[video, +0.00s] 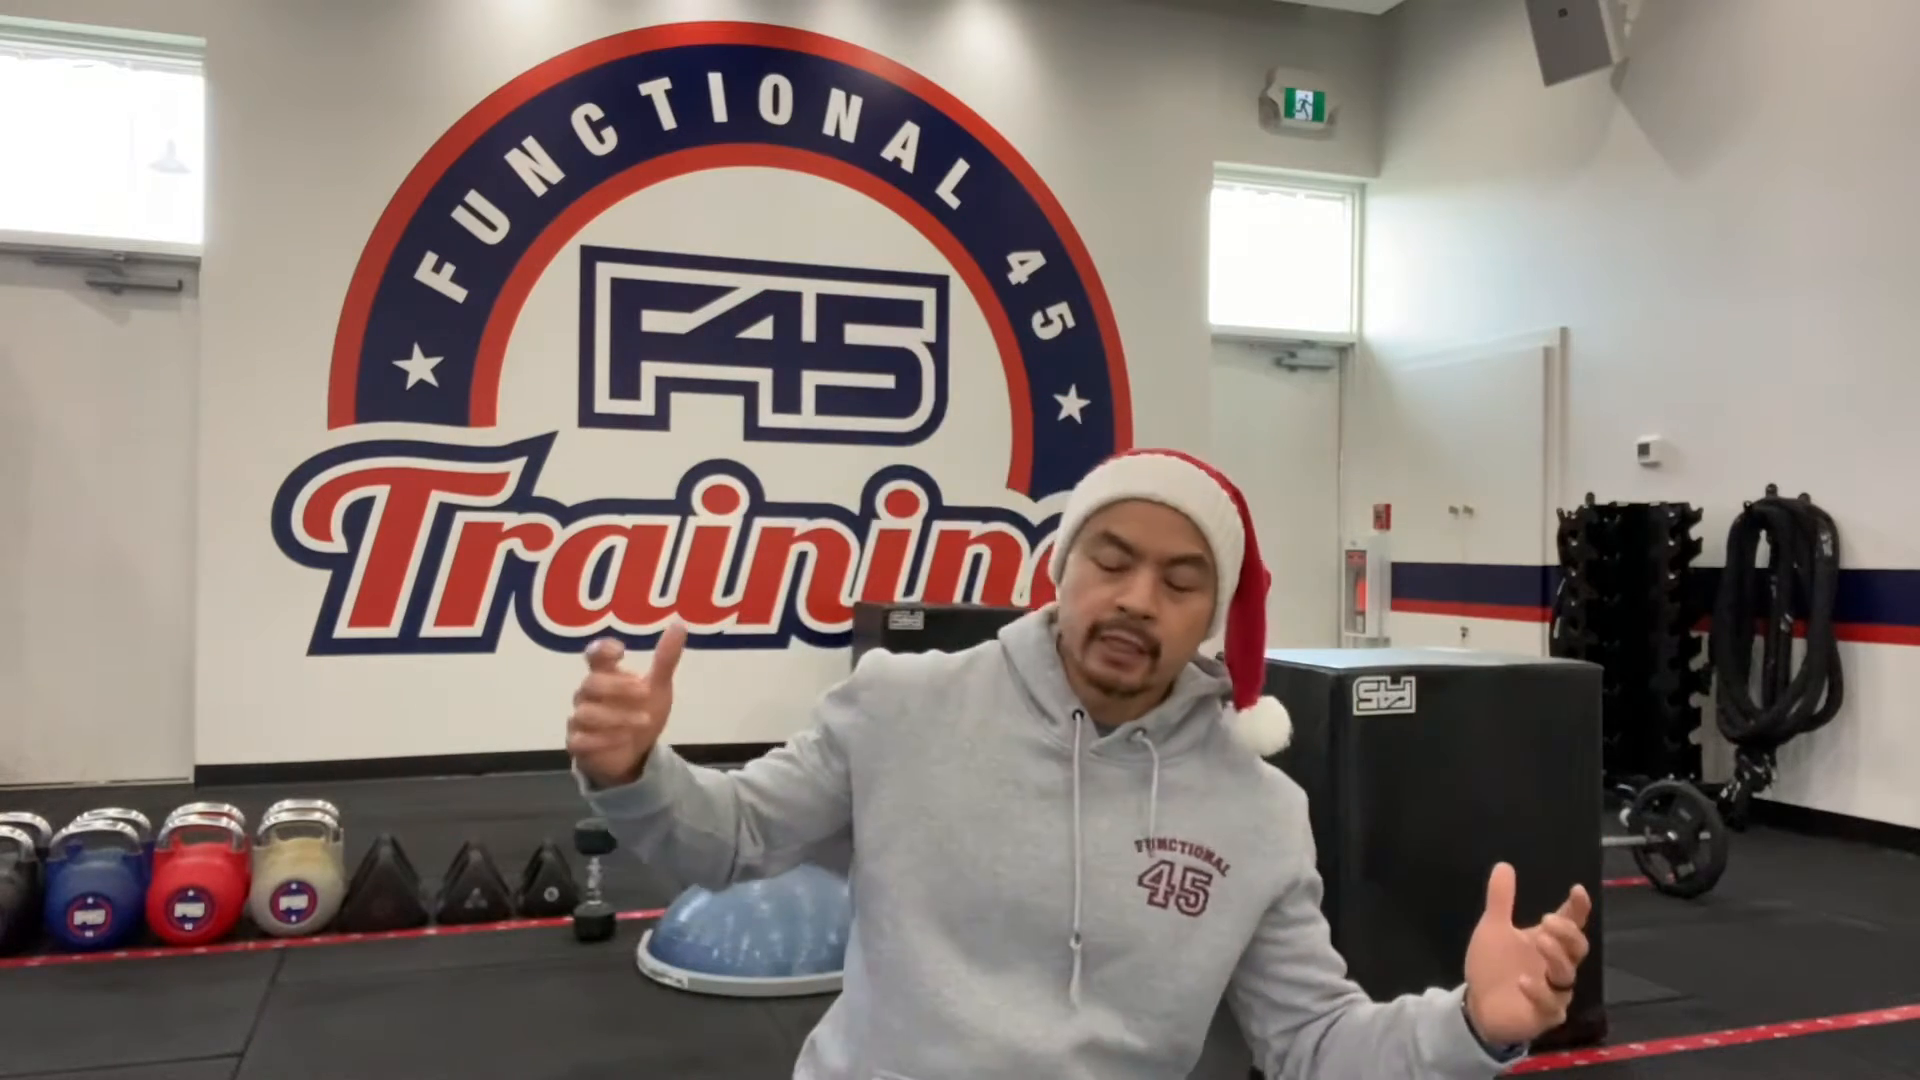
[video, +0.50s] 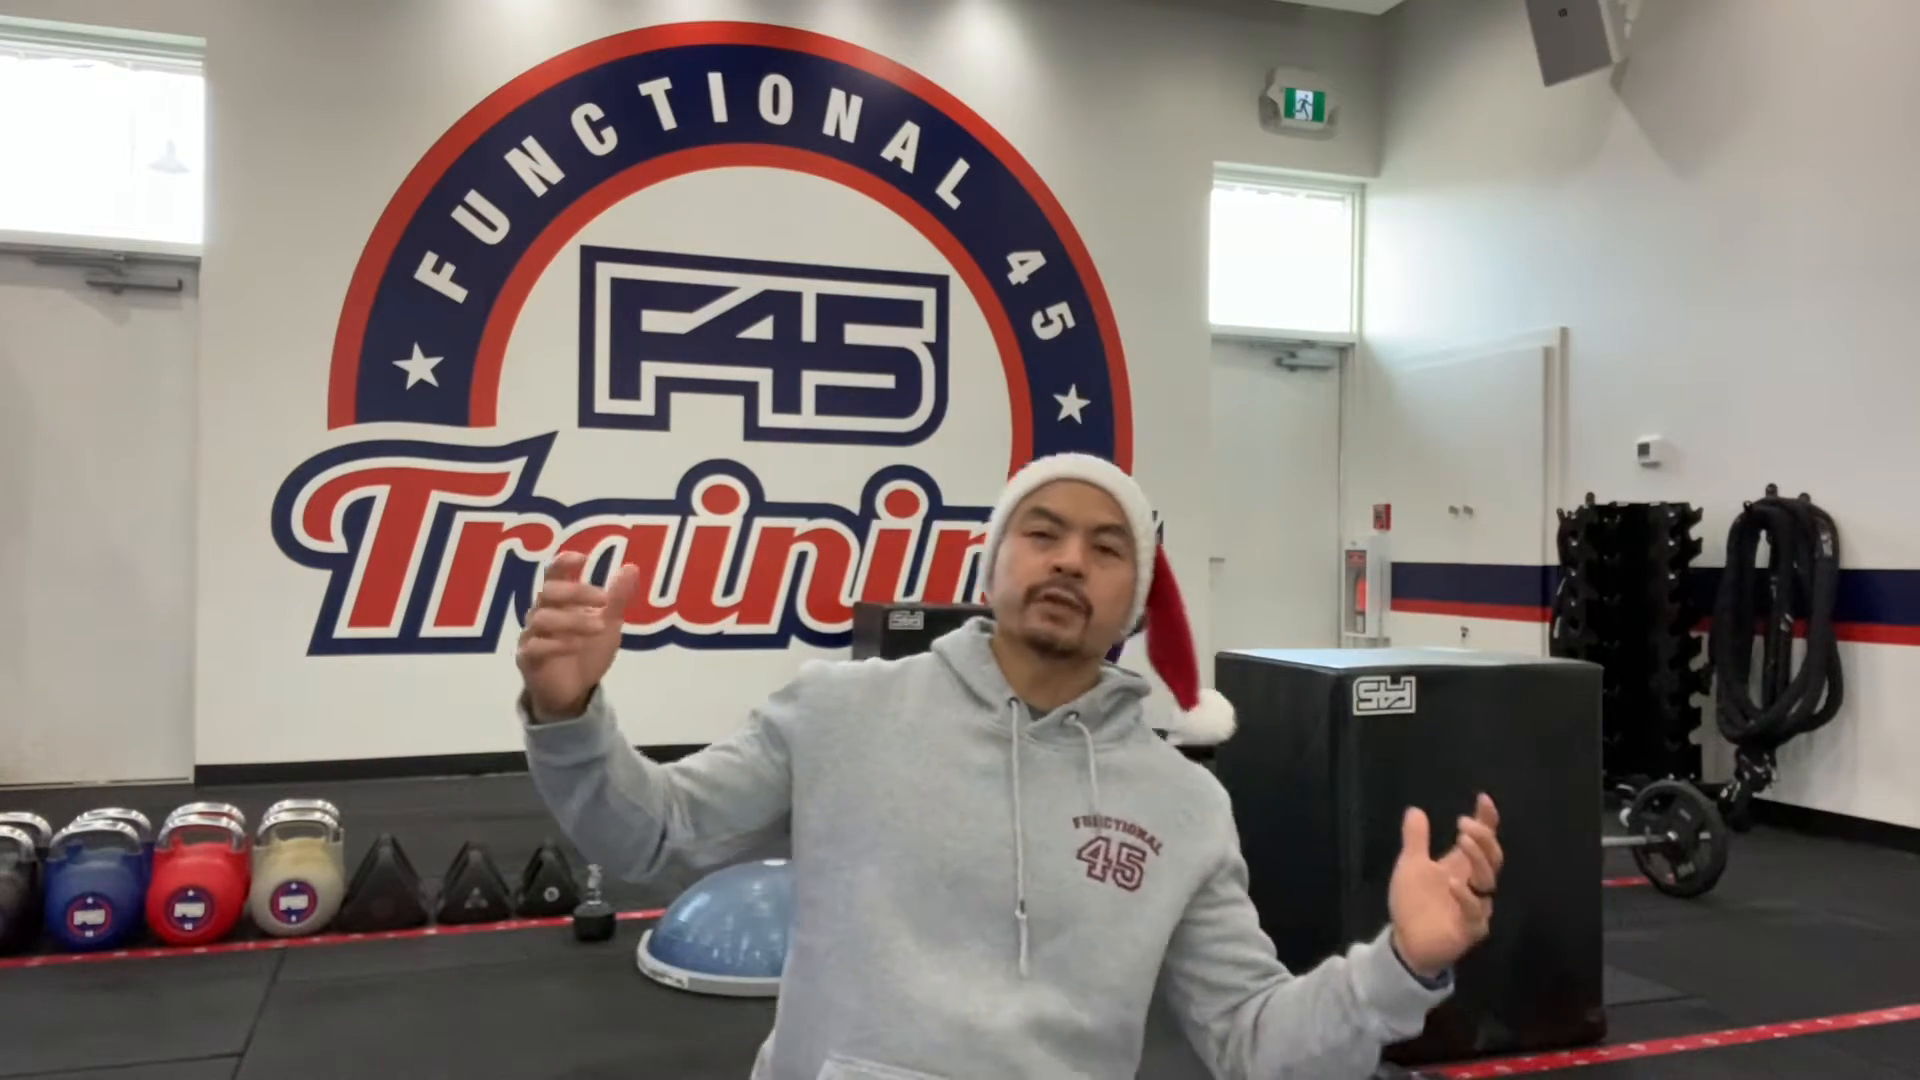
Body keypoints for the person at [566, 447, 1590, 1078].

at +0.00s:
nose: (1137, 606)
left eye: (1179, 582)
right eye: (1113, 563)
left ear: (1217, 618)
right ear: (1056, 571)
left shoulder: (1259, 816)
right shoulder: (891, 713)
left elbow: (1311, 1039)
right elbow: (725, 836)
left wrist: (1469, 1018)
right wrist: (634, 777)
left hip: (1106, 1074)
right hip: (870, 1066)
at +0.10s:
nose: (1144, 593)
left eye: (1185, 575)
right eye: (1121, 554)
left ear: (1220, 619)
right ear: (1065, 572)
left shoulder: (1252, 828)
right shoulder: (895, 704)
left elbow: (1301, 1046)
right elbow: (713, 825)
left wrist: (1467, 1023)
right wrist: (631, 742)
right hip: (858, 1069)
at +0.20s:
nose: (1144, 585)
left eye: (1183, 572)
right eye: (1122, 549)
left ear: (1215, 620)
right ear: (1065, 570)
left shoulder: (1243, 833)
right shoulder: (887, 705)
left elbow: (1286, 1053)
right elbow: (704, 821)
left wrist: (1462, 1017)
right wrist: (614, 709)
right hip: (851, 1067)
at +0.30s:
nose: (1131, 580)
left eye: (1168, 567)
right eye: (1108, 546)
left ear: (1197, 618)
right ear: (1048, 572)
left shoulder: (1227, 833)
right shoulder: (876, 704)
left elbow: (1271, 1052)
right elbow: (692, 822)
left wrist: (1446, 1007)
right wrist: (600, 700)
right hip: (843, 1066)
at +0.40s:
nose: (1102, 571)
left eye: (1138, 557)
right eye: (1079, 540)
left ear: (1169, 608)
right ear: (1026, 562)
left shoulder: (1207, 824)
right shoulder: (856, 707)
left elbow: (1257, 1046)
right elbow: (677, 828)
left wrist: (1427, 987)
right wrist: (582, 700)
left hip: (1055, 1073)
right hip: (838, 1062)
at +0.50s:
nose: (1068, 562)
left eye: (1104, 547)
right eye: (1044, 533)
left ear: (1138, 598)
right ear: (990, 559)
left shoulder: (1185, 803)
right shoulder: (834, 711)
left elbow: (1247, 1039)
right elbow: (646, 842)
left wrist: (1401, 962)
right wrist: (567, 719)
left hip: (1049, 1079)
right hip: (830, 1073)